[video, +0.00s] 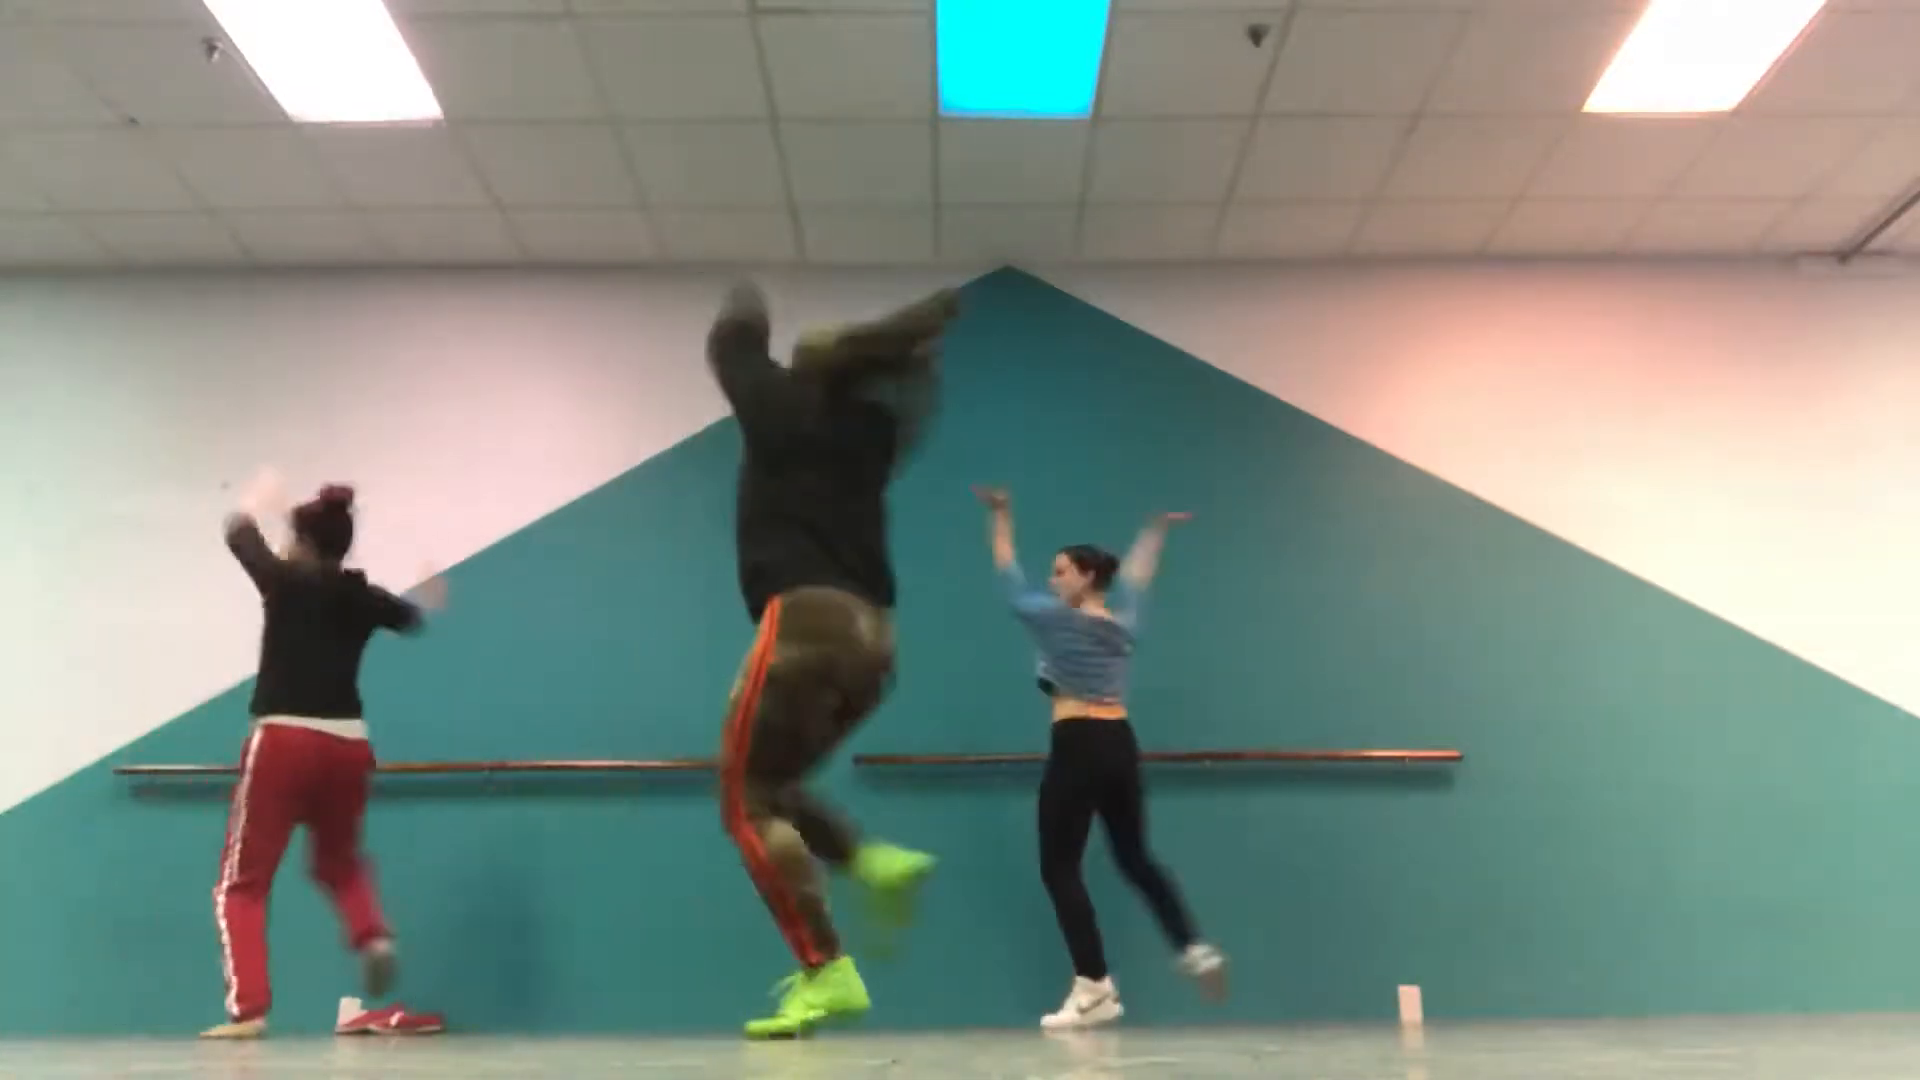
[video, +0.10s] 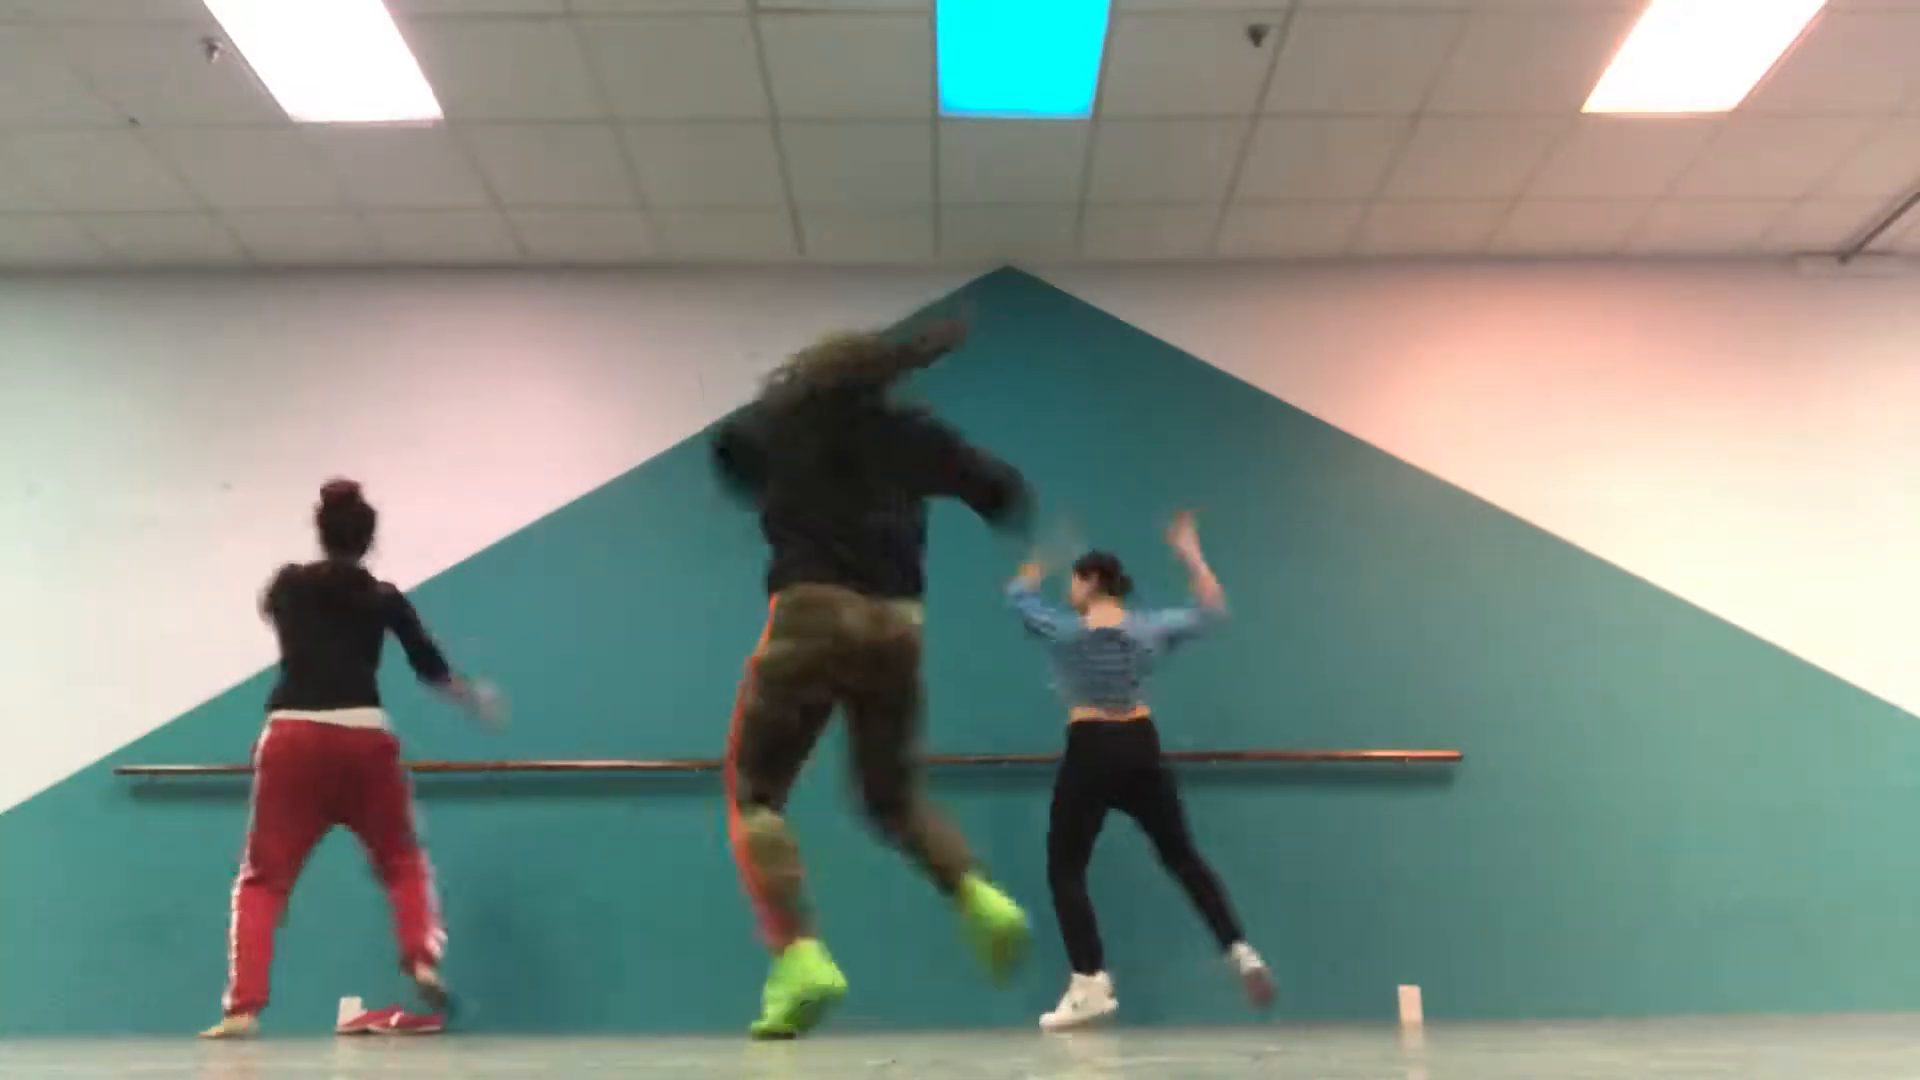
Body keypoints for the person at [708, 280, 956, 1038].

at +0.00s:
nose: (792, 366)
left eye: (797, 358)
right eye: (805, 358)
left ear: (805, 365)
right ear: (861, 377)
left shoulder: (780, 404)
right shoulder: (875, 428)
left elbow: (733, 347)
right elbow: (909, 399)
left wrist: (745, 304)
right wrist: (917, 341)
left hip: (805, 623)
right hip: (873, 635)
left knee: (748, 802)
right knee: (773, 785)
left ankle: (824, 970)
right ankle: (870, 858)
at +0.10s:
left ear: (809, 375)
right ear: (881, 378)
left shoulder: (779, 427)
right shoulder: (910, 432)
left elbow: (730, 446)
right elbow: (1004, 492)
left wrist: (783, 481)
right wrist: (999, 504)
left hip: (806, 617)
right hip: (895, 627)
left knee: (754, 797)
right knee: (894, 796)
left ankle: (798, 955)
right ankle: (976, 895)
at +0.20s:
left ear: (831, 417)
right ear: (901, 412)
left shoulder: (800, 476)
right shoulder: (944, 471)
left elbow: (765, 564)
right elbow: (1012, 556)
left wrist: (810, 616)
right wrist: (1040, 641)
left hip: (830, 647)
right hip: (924, 648)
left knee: (798, 818)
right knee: (975, 819)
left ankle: (752, 947)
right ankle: (1058, 964)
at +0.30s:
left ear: (864, 453)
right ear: (929, 449)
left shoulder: (835, 518)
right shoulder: (960, 508)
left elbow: (801, 617)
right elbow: (979, 598)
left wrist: (836, 679)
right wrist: (1015, 679)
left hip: (857, 690)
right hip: (951, 687)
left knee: (848, 858)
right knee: (1017, 845)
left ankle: (764, 948)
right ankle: (1073, 983)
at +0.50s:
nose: (826, 363)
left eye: (831, 356)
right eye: (840, 357)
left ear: (833, 364)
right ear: (891, 368)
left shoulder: (821, 401)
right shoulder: (920, 416)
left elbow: (747, 348)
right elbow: (948, 442)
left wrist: (757, 293)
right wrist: (914, 374)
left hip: (849, 633)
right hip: (923, 638)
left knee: (768, 788)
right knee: (932, 807)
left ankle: (800, 947)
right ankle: (1045, 949)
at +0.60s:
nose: (803, 354)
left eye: (815, 346)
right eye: (805, 347)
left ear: (846, 357)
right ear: (817, 364)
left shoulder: (866, 400)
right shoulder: (809, 411)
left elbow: (871, 308)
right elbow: (782, 347)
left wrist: (880, 204)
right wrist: (766, 269)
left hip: (844, 617)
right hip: (837, 620)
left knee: (783, 788)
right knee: (819, 804)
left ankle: (842, 967)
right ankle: (954, 891)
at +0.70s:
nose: (800, 370)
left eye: (815, 361)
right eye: (795, 358)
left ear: (844, 370)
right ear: (786, 365)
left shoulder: (867, 422)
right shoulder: (743, 419)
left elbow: (940, 417)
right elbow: (669, 389)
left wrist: (975, 403)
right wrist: (601, 355)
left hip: (842, 629)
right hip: (773, 635)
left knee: (799, 790)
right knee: (701, 798)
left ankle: (856, 976)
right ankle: (814, 920)